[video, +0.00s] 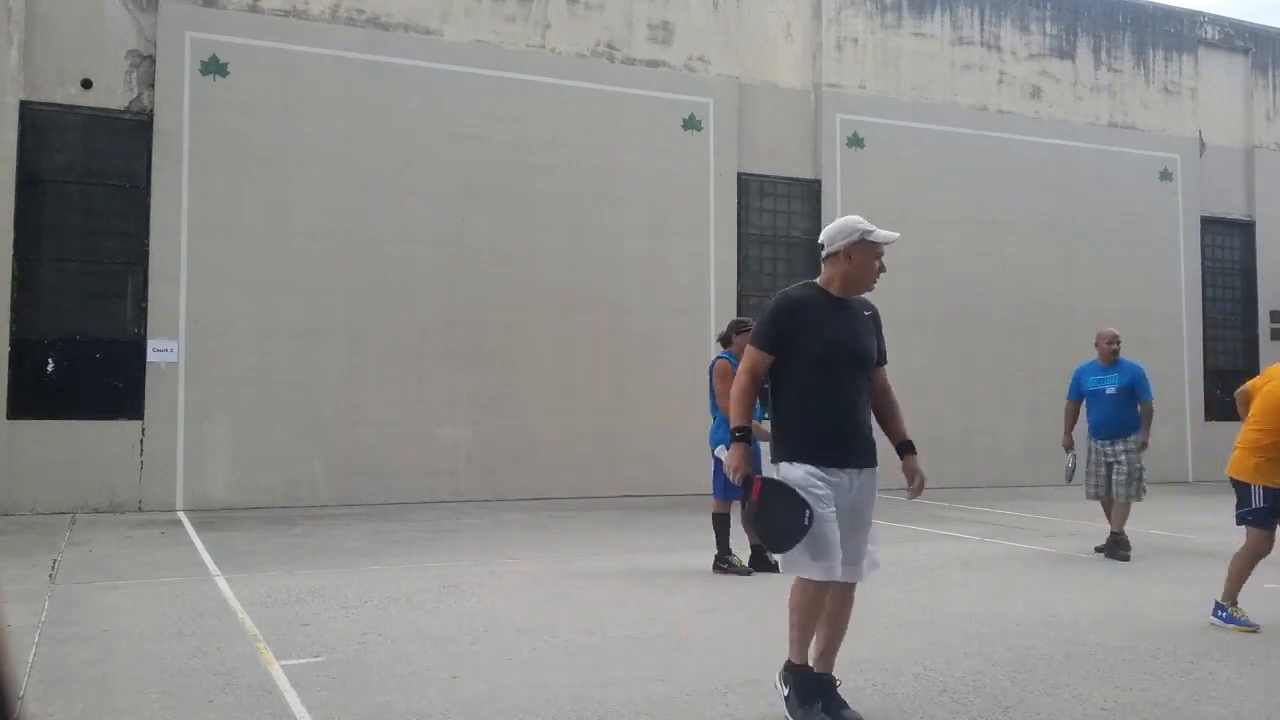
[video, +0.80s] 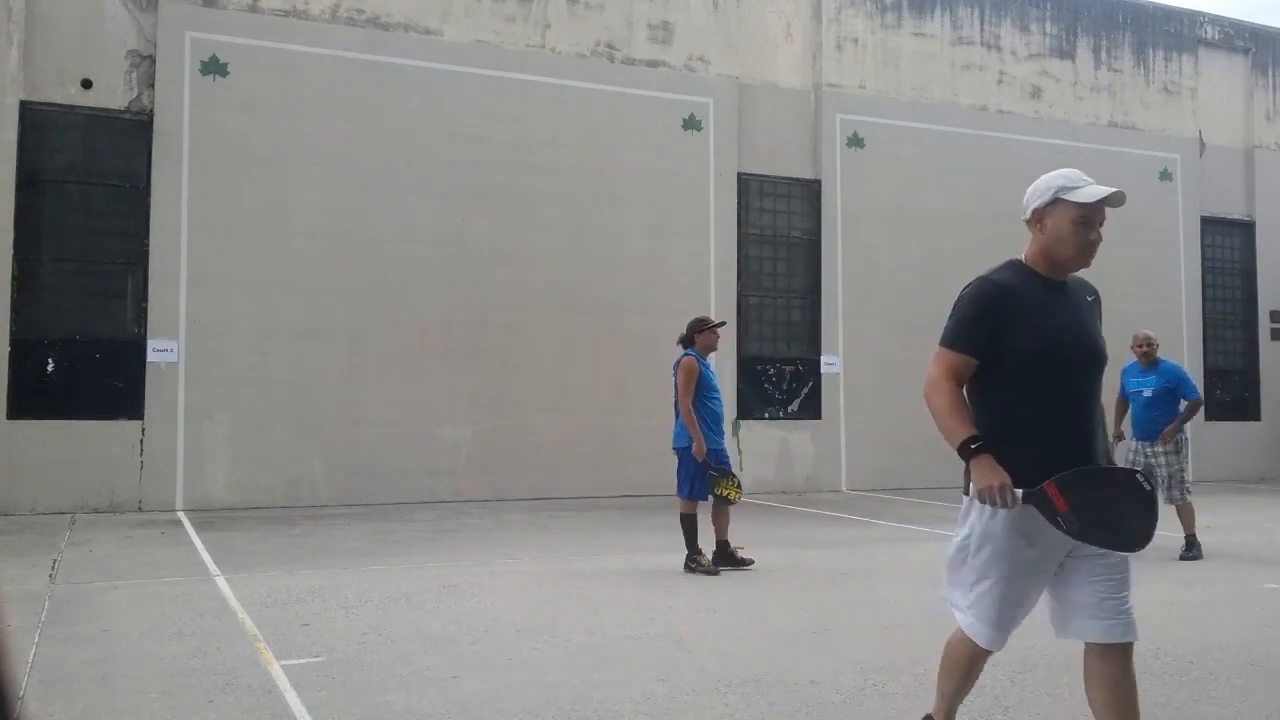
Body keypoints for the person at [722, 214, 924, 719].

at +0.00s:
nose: (882, 266)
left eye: (882, 257)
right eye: (875, 257)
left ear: (852, 258)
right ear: (844, 256)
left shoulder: (866, 314)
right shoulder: (789, 307)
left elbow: (880, 388)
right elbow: (746, 376)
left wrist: (905, 450)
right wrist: (738, 440)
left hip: (857, 468)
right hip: (803, 466)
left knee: (846, 574)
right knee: (816, 569)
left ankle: (823, 678)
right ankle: (795, 671)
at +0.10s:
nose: (905, 262)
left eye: (904, 253)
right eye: (897, 253)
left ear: (873, 255)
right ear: (864, 253)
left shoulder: (889, 313)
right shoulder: (809, 304)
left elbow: (908, 388)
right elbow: (763, 372)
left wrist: (939, 442)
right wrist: (750, 440)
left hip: (877, 467)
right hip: (826, 466)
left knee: (847, 575)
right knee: (848, 577)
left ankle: (819, 680)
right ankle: (863, 704)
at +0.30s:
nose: (951, 256)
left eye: (950, 247)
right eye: (943, 247)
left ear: (915, 250)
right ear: (909, 248)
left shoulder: (936, 311)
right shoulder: (846, 307)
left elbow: (959, 389)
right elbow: (802, 380)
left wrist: (995, 445)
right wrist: (786, 454)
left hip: (924, 481)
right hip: (870, 479)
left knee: (902, 592)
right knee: (896, 601)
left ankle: (842, 664)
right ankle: (914, 715)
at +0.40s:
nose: (974, 248)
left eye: (973, 237)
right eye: (965, 237)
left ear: (940, 242)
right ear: (925, 239)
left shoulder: (959, 304)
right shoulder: (871, 301)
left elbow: (979, 387)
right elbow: (824, 380)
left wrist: (1015, 452)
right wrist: (818, 457)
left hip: (953, 480)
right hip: (893, 478)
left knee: (962, 598)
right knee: (916, 604)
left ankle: (881, 660)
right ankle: (919, 717)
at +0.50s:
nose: (999, 239)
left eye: (998, 228)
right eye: (988, 227)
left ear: (964, 234)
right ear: (946, 230)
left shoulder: (983, 298)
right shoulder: (893, 294)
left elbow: (998, 383)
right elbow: (850, 374)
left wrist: (1030, 457)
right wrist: (856, 451)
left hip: (987, 483)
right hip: (919, 484)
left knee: (1005, 598)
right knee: (929, 607)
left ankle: (946, 692)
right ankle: (923, 715)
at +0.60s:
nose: (1024, 235)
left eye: (1024, 224)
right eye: (1012, 224)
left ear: (1009, 231)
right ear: (968, 224)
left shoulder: (1011, 294)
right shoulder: (920, 290)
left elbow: (1018, 382)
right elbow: (873, 375)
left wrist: (1046, 464)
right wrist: (900, 445)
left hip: (1012, 485)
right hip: (941, 486)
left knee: (1040, 608)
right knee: (939, 614)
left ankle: (1029, 717)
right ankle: (925, 717)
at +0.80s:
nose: (1098, 229)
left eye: (1101, 219)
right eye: (1085, 217)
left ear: (1101, 224)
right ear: (1039, 219)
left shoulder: (1087, 297)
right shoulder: (991, 294)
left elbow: (1083, 395)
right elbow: (941, 382)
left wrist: (1103, 471)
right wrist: (975, 454)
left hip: (1084, 502)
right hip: (1010, 502)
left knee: (1112, 637)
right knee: (982, 629)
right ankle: (940, 715)